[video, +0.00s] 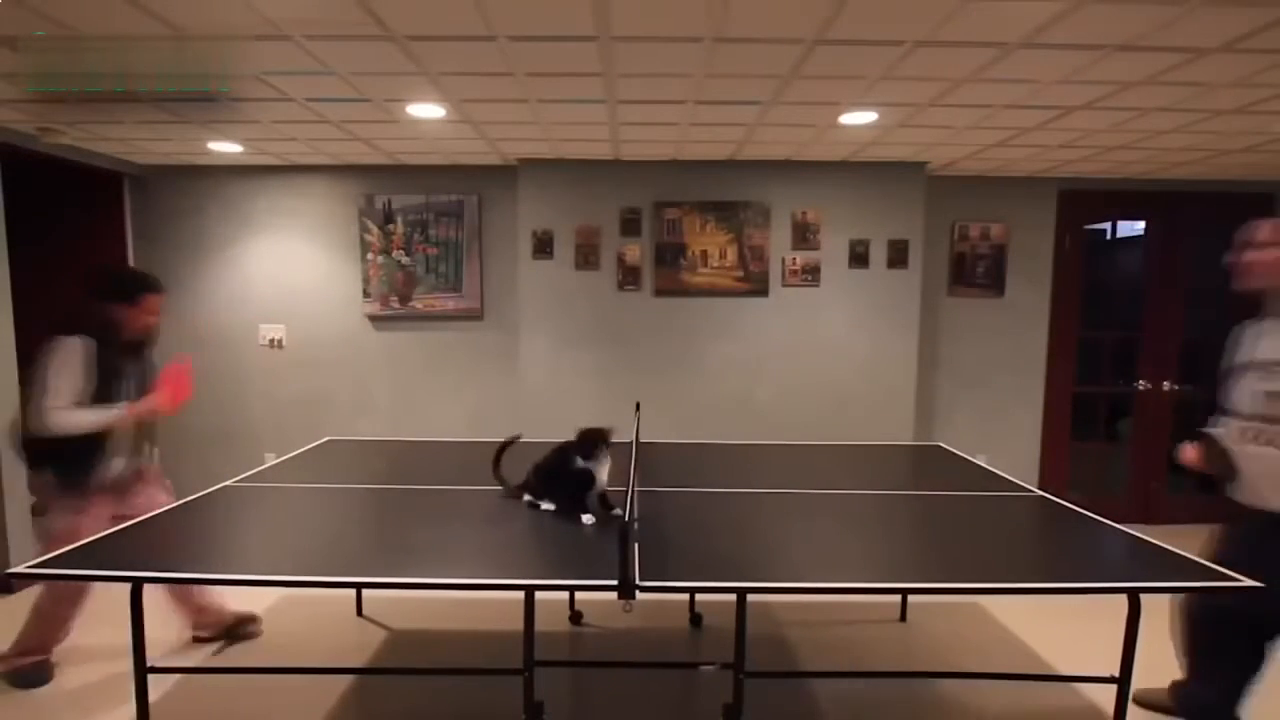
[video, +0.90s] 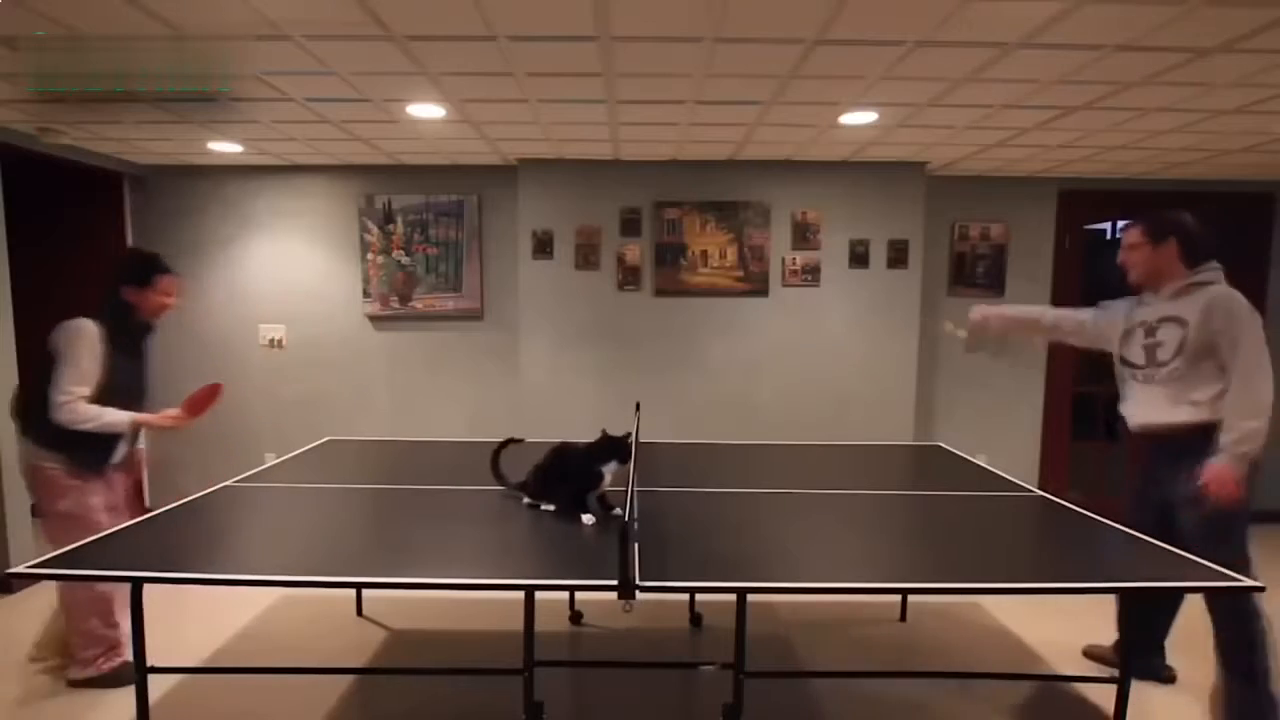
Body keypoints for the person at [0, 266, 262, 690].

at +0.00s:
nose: (154, 322)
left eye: (157, 313)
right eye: (147, 312)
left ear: (149, 313)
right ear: (118, 309)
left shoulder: (139, 357)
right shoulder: (72, 350)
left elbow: (130, 415)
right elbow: (49, 420)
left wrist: (160, 400)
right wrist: (132, 410)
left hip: (126, 480)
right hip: (73, 488)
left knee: (167, 539)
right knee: (72, 572)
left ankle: (208, 617)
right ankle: (27, 654)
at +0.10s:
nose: (188, 310)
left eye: (190, 302)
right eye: (181, 301)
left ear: (175, 303)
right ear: (153, 301)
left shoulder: (171, 347)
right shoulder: (118, 345)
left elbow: (166, 405)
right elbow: (125, 404)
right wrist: (196, 376)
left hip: (164, 469)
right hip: (113, 474)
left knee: (198, 532)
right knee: (98, 562)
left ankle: (217, 617)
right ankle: (29, 651)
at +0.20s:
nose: (224, 304)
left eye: (225, 294)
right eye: (218, 293)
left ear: (206, 294)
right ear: (194, 291)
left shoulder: (199, 335)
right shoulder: (158, 331)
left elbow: (189, 406)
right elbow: (197, 377)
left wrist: (197, 461)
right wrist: (256, 356)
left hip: (182, 459)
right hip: (137, 458)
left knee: (206, 533)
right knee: (124, 554)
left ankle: (217, 617)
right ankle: (40, 643)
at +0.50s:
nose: (253, 310)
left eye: (255, 303)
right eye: (248, 301)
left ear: (228, 300)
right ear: (219, 295)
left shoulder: (217, 336)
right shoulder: (177, 329)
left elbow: (208, 399)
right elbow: (168, 399)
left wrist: (203, 454)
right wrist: (240, 401)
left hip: (187, 449)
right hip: (145, 448)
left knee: (209, 528)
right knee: (182, 536)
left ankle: (215, 618)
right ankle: (88, 618)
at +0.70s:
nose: (208, 310)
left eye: (210, 302)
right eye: (202, 301)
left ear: (186, 301)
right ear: (172, 298)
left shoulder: (182, 340)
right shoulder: (130, 338)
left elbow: (179, 408)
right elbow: (111, 411)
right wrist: (192, 422)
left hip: (161, 463)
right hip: (113, 469)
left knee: (186, 536)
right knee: (129, 558)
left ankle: (213, 618)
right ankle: (97, 661)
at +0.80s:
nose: (187, 305)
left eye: (188, 296)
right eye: (181, 296)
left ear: (158, 297)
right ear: (152, 294)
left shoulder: (151, 338)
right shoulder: (107, 335)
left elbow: (139, 410)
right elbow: (84, 410)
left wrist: (188, 418)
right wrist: (162, 422)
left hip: (126, 465)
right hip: (83, 469)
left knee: (149, 544)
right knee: (103, 560)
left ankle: (162, 626)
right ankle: (97, 660)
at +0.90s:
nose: (170, 304)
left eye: (172, 295)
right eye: (164, 294)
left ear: (142, 295)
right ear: (133, 292)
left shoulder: (134, 338)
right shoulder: (86, 333)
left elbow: (126, 412)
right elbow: (64, 409)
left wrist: (134, 467)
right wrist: (146, 420)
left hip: (104, 466)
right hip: (62, 468)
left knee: (113, 555)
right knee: (92, 560)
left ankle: (56, 646)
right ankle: (95, 661)